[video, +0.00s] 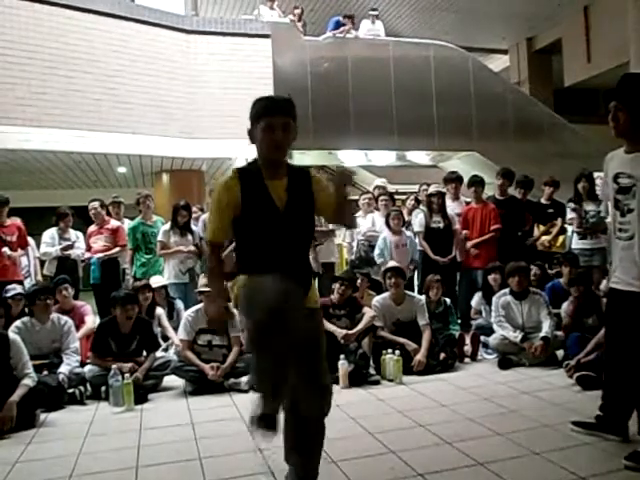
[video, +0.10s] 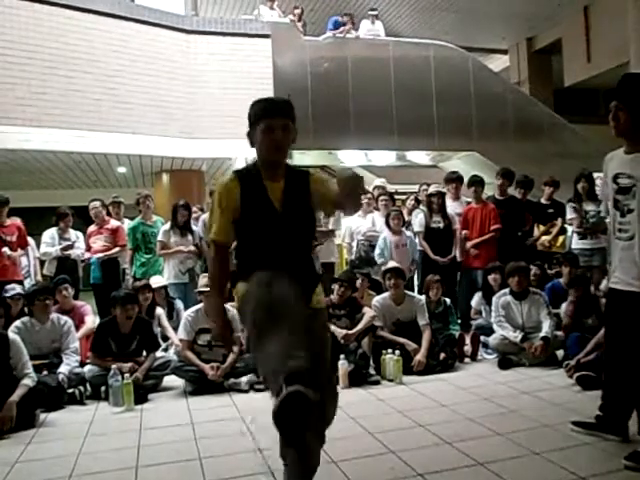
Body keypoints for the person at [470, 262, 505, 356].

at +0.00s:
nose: (494, 277)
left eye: (497, 273)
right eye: (490, 274)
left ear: (502, 276)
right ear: (486, 277)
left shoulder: (506, 294)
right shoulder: (480, 295)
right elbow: (473, 314)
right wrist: (486, 319)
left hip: (503, 325)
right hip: (486, 325)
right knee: (479, 326)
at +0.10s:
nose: (494, 277)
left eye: (496, 273)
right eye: (490, 274)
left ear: (502, 276)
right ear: (486, 277)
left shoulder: (507, 294)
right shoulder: (480, 295)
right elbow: (473, 314)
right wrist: (486, 319)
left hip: (504, 325)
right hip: (487, 325)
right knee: (479, 327)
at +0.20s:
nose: (494, 277)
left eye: (497, 273)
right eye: (490, 274)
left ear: (502, 276)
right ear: (486, 277)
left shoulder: (506, 293)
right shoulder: (480, 295)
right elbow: (473, 315)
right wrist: (487, 320)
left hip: (503, 324)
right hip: (486, 325)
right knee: (479, 327)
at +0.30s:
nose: (494, 277)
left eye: (497, 273)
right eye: (490, 274)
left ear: (502, 276)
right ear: (486, 277)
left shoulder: (507, 293)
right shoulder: (480, 295)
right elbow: (473, 315)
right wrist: (487, 320)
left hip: (504, 325)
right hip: (486, 325)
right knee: (479, 328)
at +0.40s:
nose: (494, 277)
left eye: (497, 273)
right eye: (490, 274)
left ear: (502, 276)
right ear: (486, 278)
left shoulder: (507, 293)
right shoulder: (480, 296)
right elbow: (473, 315)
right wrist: (487, 320)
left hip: (504, 325)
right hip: (486, 325)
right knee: (479, 329)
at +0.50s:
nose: (494, 277)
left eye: (497, 273)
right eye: (490, 274)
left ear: (502, 276)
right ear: (486, 278)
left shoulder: (507, 293)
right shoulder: (480, 296)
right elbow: (473, 315)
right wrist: (487, 320)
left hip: (504, 325)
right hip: (486, 325)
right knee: (479, 329)